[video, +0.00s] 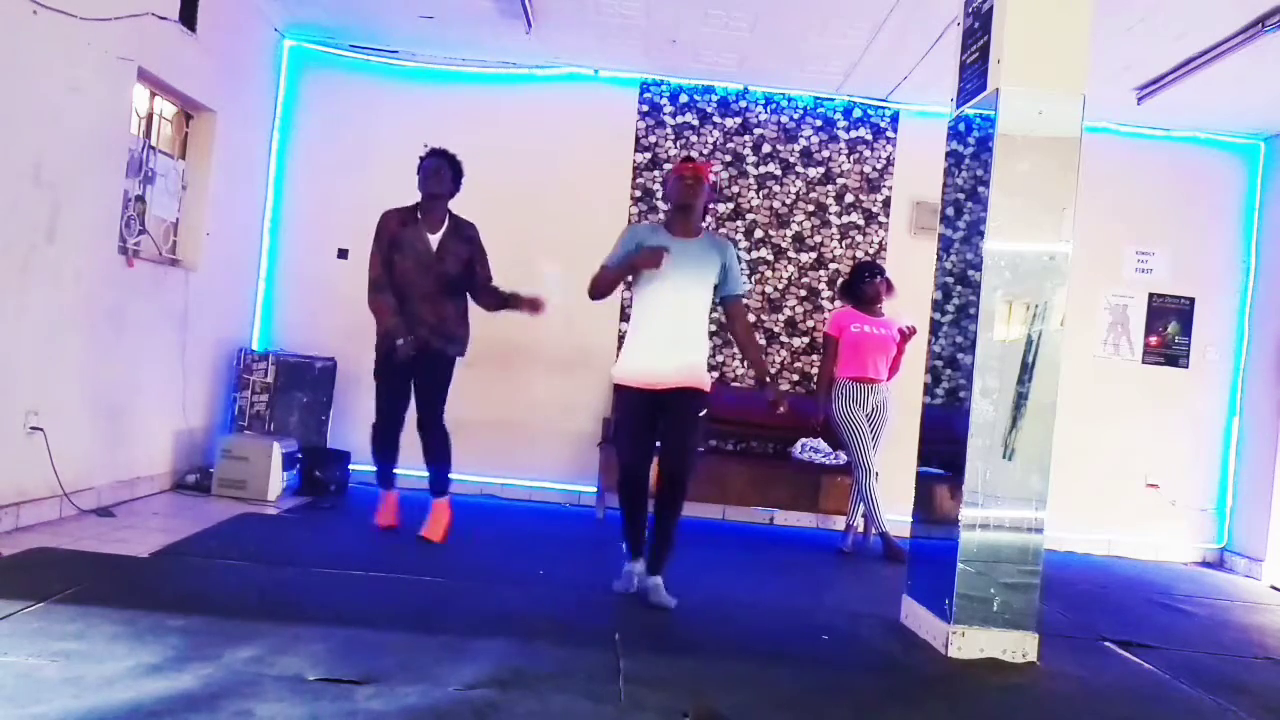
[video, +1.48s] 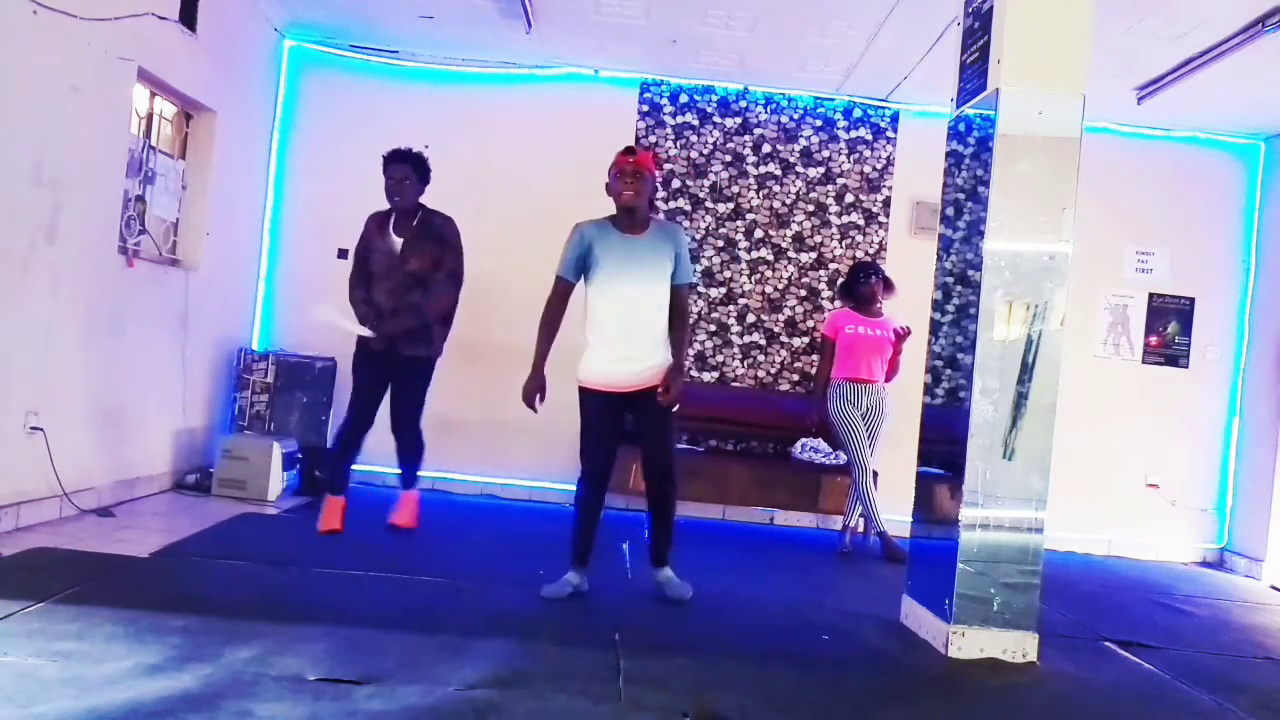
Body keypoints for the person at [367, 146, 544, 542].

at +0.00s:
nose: (428, 179)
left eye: (437, 174)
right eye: (424, 172)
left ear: (454, 183)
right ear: (417, 179)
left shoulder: (466, 234)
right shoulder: (393, 223)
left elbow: (482, 292)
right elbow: (377, 286)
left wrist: (516, 301)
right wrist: (396, 333)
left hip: (439, 343)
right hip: (395, 340)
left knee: (430, 420)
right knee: (388, 419)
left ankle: (440, 502)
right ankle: (386, 493)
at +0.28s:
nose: (413, 186)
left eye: (422, 179)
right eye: (408, 179)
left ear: (441, 185)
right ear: (403, 182)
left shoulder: (460, 232)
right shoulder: (396, 220)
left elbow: (464, 302)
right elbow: (379, 271)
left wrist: (429, 334)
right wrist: (390, 322)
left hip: (432, 348)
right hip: (389, 339)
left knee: (413, 426)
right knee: (373, 419)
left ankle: (398, 505)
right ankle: (379, 496)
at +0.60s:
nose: (414, 182)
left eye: (422, 175)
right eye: (408, 175)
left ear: (440, 184)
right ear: (401, 183)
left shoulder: (458, 224)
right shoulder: (390, 238)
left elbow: (491, 280)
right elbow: (364, 295)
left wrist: (464, 283)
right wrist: (386, 335)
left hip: (438, 346)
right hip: (393, 344)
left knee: (425, 427)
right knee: (383, 426)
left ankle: (437, 509)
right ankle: (375, 507)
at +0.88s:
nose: (425, 192)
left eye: (434, 187)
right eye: (421, 185)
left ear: (450, 195)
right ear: (413, 189)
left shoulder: (456, 236)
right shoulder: (389, 237)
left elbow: (474, 289)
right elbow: (379, 301)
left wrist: (491, 277)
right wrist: (395, 352)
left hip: (443, 349)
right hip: (400, 348)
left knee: (447, 415)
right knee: (406, 421)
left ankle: (416, 484)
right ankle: (410, 493)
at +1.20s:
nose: (406, 196)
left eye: (415, 190)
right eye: (402, 189)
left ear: (433, 193)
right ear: (396, 191)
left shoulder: (449, 244)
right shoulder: (385, 216)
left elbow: (446, 305)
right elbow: (366, 272)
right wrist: (376, 327)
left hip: (420, 346)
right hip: (377, 338)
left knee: (409, 421)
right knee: (366, 419)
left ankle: (400, 497)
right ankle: (342, 497)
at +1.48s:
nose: (394, 188)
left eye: (403, 181)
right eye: (389, 181)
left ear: (421, 185)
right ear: (383, 183)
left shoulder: (442, 228)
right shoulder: (375, 224)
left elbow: (445, 292)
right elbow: (357, 279)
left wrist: (398, 324)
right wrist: (370, 318)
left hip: (418, 348)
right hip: (375, 342)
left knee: (405, 423)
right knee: (357, 419)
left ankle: (409, 492)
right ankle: (335, 494)